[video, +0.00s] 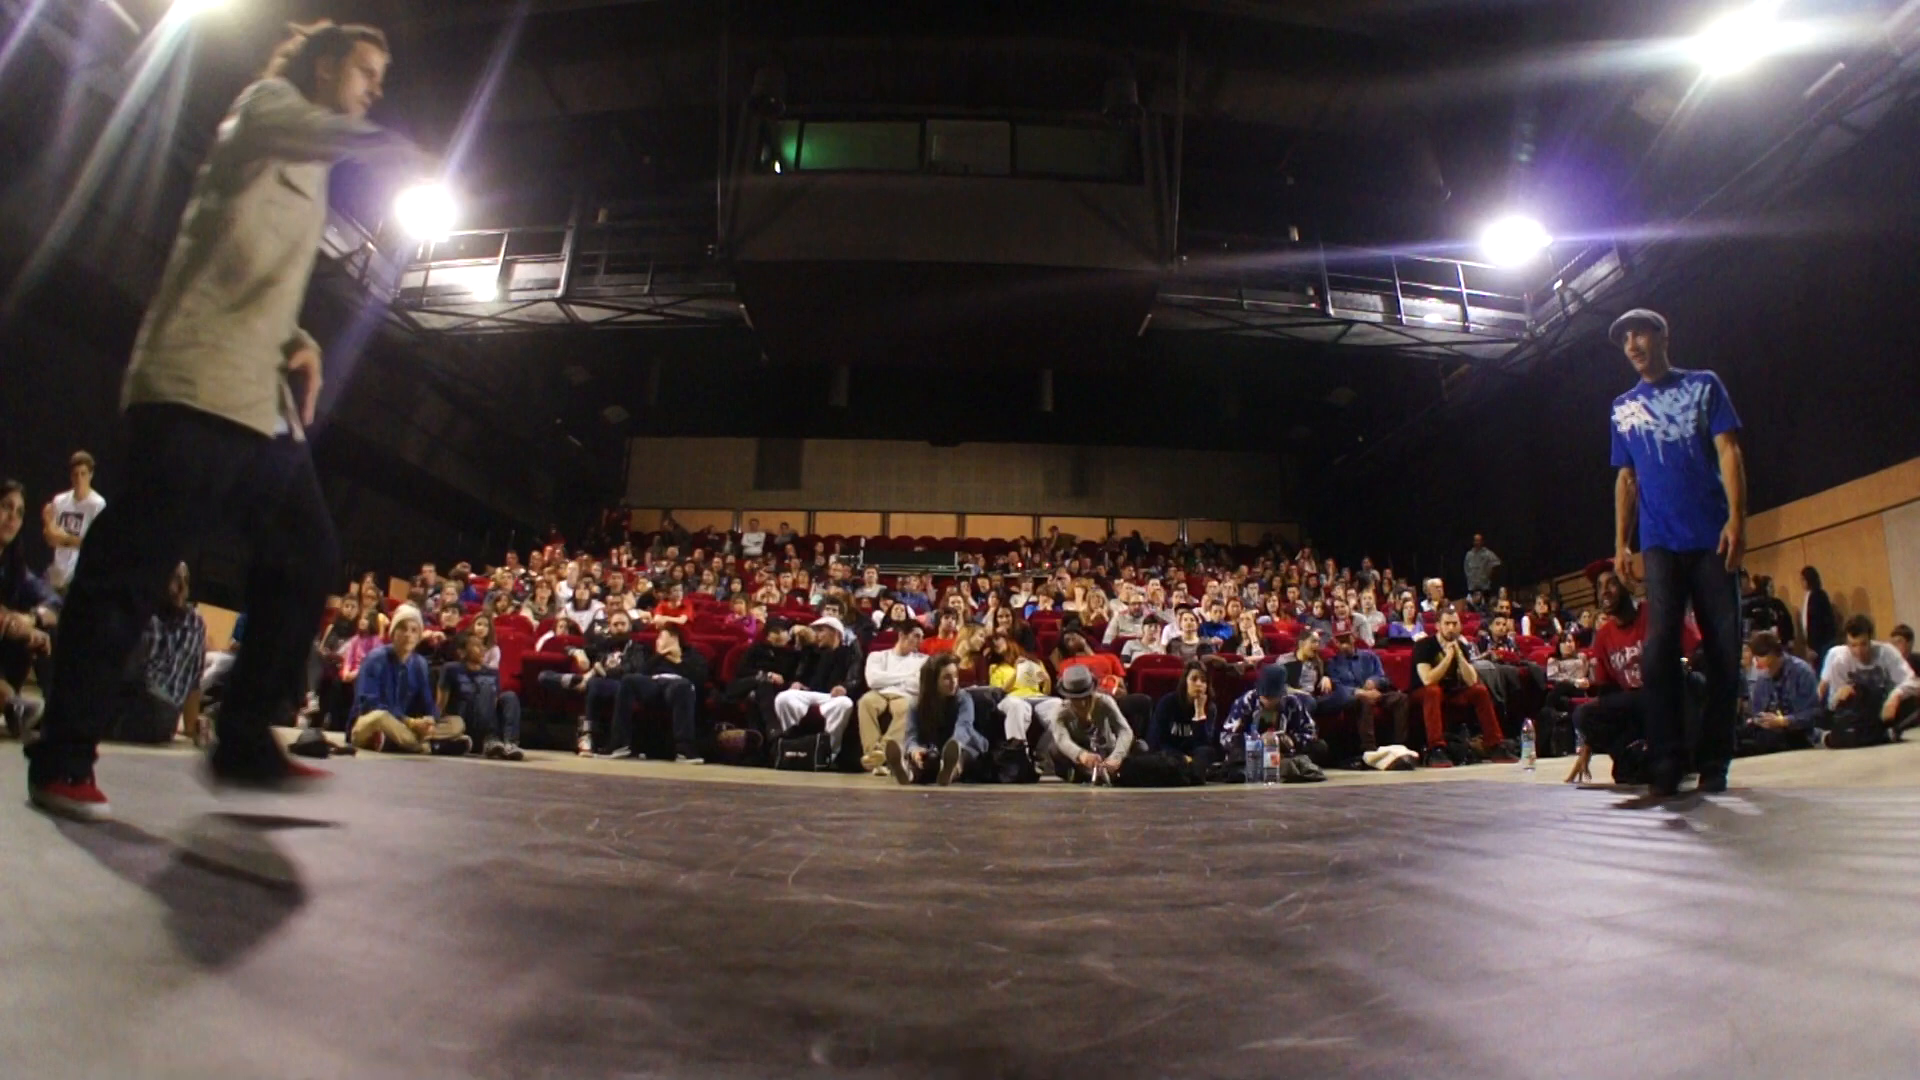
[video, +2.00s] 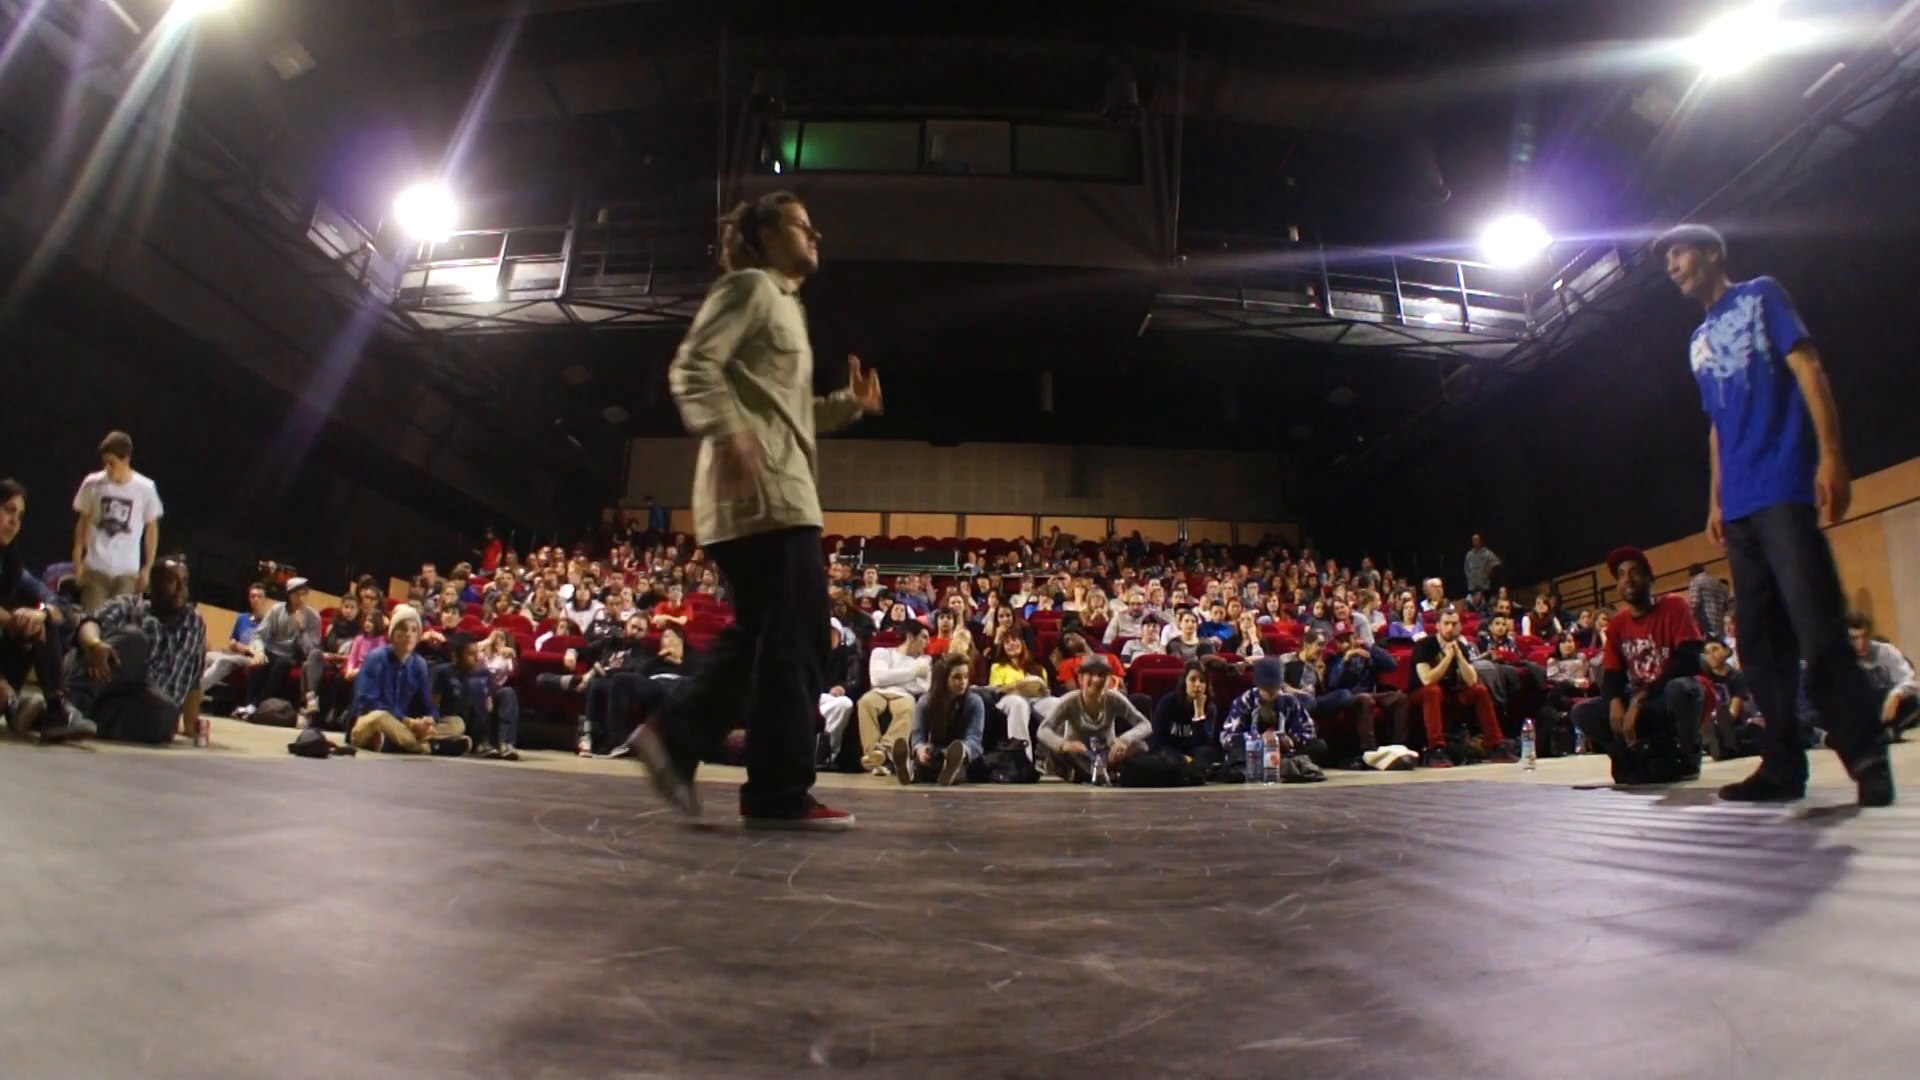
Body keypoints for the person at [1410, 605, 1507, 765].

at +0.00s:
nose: (1451, 628)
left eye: (1455, 624)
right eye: (1447, 624)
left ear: (1460, 626)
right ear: (1438, 626)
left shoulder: (1462, 646)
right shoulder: (1423, 646)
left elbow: (1472, 680)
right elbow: (1427, 679)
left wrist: (1458, 654)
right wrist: (1448, 657)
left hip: (1454, 690)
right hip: (1427, 692)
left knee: (1480, 691)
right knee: (1433, 691)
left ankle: (1495, 745)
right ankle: (1436, 748)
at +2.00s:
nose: (1450, 628)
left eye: (1455, 624)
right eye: (1446, 623)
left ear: (1460, 627)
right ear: (1438, 626)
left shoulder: (1462, 646)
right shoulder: (1423, 646)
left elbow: (1472, 681)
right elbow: (1427, 679)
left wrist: (1458, 655)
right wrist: (1449, 656)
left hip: (1454, 691)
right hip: (1429, 693)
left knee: (1480, 691)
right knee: (1433, 690)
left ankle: (1496, 745)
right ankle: (1436, 748)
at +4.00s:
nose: (1442, 625)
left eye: (1447, 621)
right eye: (1439, 620)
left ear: (1456, 624)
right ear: (1435, 623)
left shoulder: (1462, 646)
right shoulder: (1424, 646)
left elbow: (1471, 681)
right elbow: (1427, 678)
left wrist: (1459, 654)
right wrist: (1451, 654)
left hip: (1453, 691)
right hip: (1427, 693)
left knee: (1480, 691)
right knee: (1433, 691)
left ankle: (1496, 745)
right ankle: (1436, 748)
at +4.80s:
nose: (1443, 627)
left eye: (1448, 623)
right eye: (1440, 623)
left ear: (1457, 626)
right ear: (1435, 625)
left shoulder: (1463, 646)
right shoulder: (1424, 646)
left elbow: (1471, 681)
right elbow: (1427, 678)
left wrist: (1459, 655)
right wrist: (1450, 655)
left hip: (1454, 691)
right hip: (1429, 692)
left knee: (1480, 691)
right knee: (1434, 691)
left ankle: (1496, 745)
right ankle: (1436, 748)